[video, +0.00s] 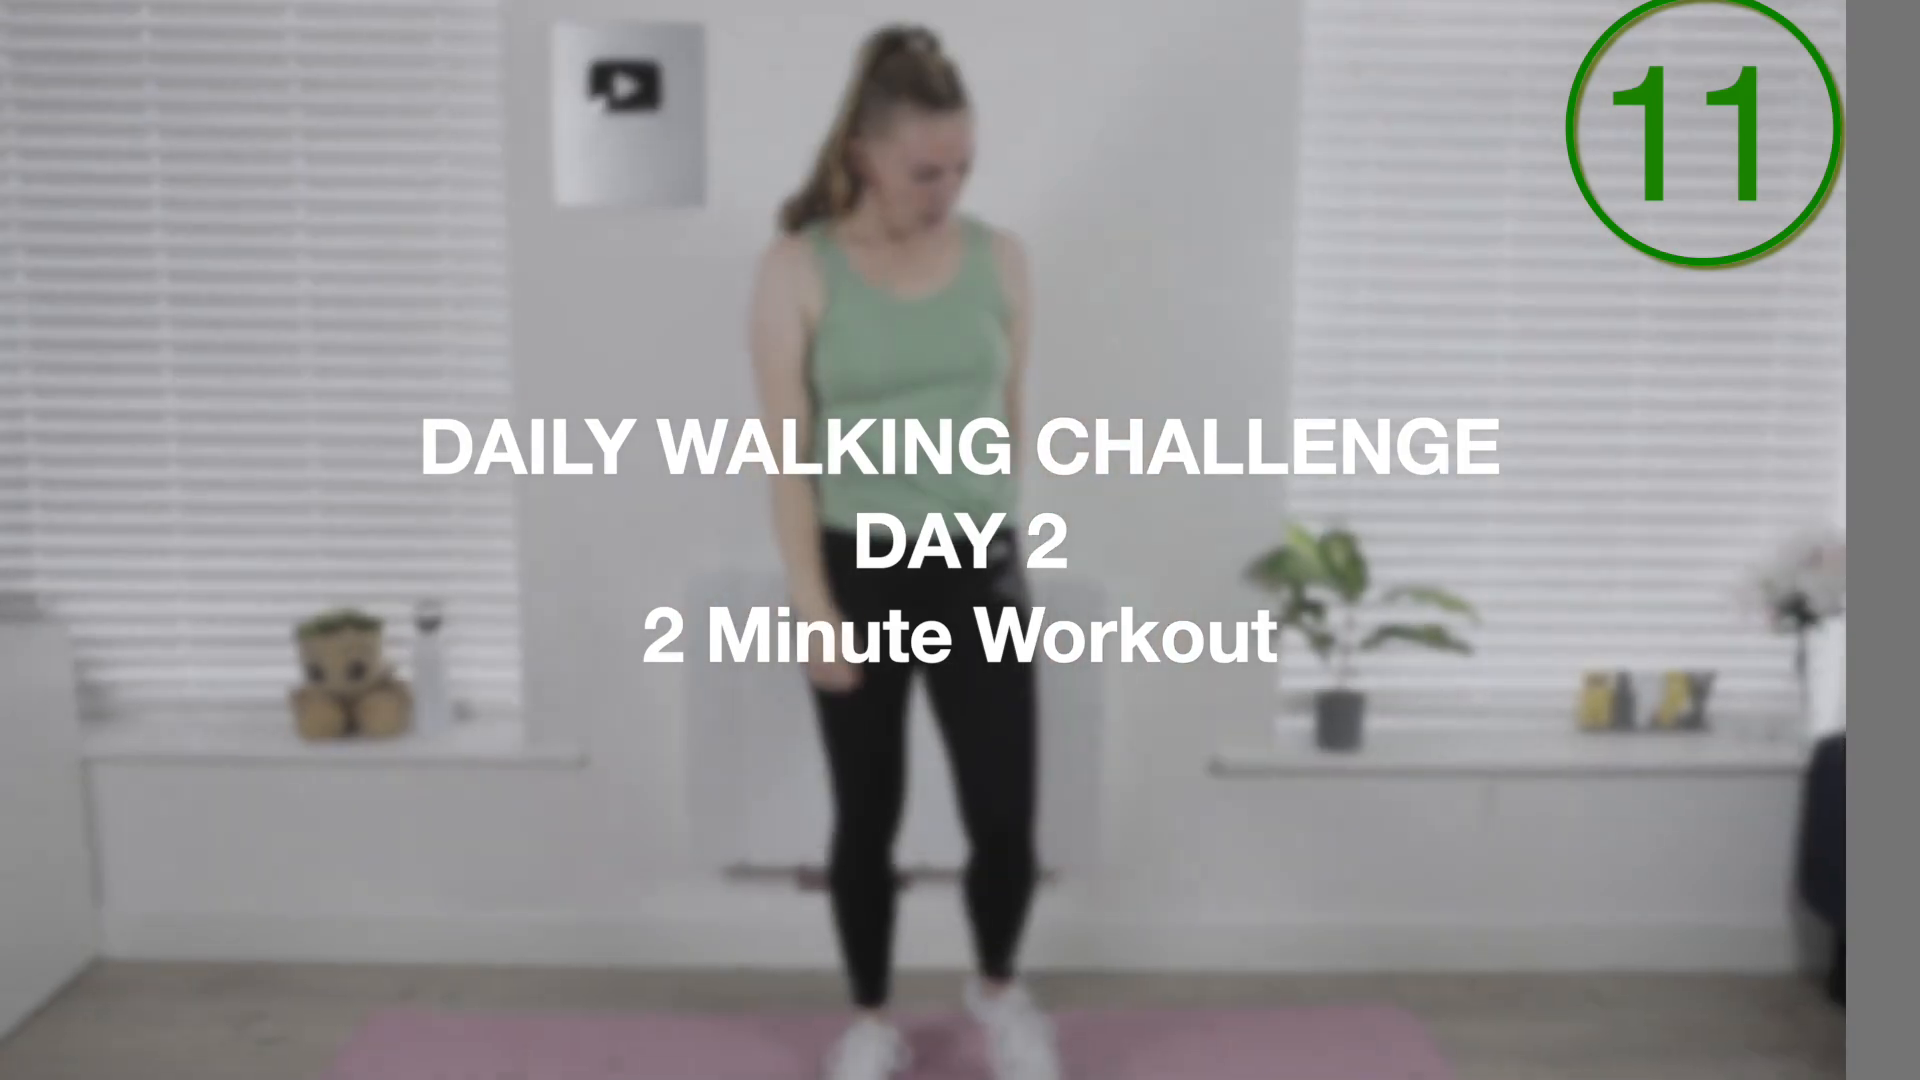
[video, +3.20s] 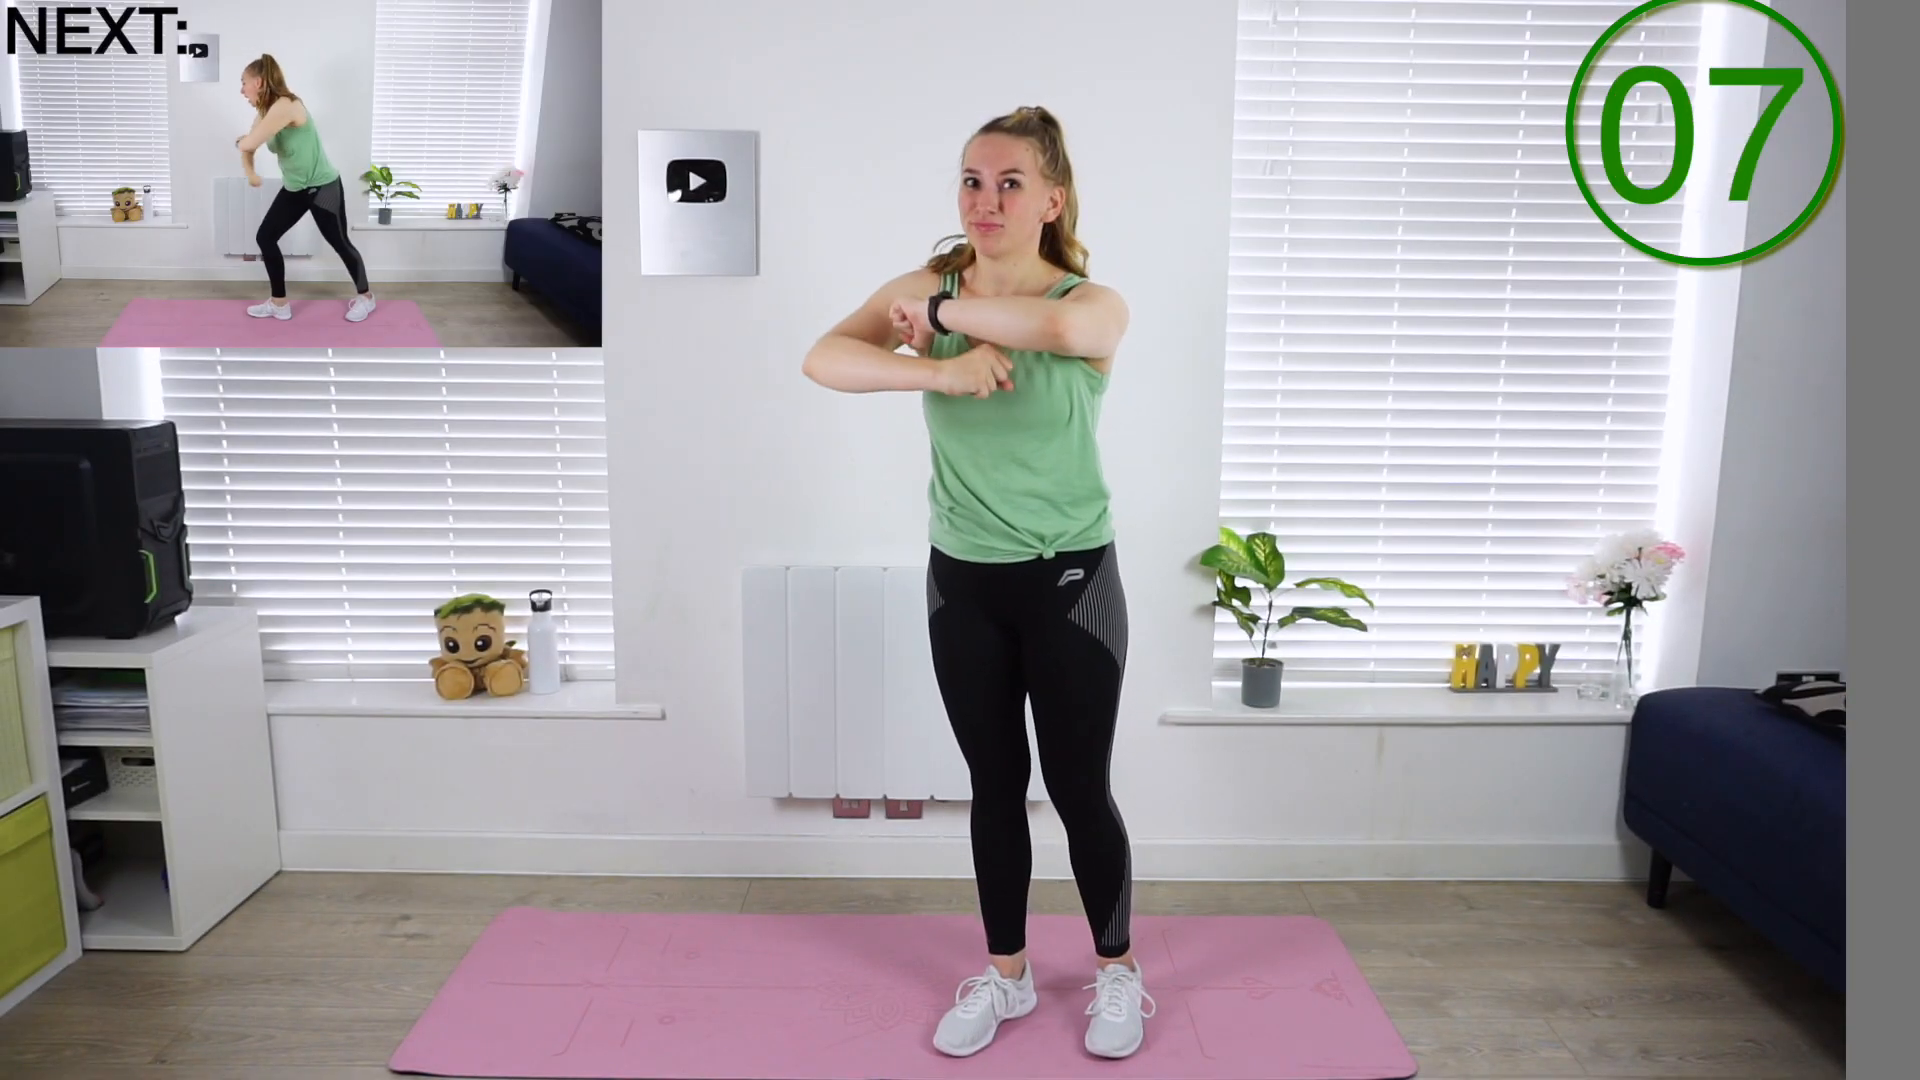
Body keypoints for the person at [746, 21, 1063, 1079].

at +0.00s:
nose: (947, 191)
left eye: (959, 170)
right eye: (926, 172)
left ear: (972, 150)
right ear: (860, 153)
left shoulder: (997, 260)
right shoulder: (799, 267)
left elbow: (1013, 427)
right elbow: (786, 454)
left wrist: (1013, 559)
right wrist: (814, 605)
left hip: (977, 563)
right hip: (854, 566)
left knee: (1004, 807)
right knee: (868, 807)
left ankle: (998, 988)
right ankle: (870, 1015)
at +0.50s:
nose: (1016, 191)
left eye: (1030, 170)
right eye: (991, 173)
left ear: (1048, 177)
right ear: (948, 188)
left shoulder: (1094, 307)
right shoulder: (907, 308)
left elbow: (1131, 455)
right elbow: (859, 454)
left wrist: (1136, 569)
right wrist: (844, 586)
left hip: (1057, 582)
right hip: (935, 578)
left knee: (1071, 802)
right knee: (915, 780)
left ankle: (1122, 998)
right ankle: (883, 947)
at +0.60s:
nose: (1034, 191)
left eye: (1052, 172)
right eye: (1012, 174)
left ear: (1075, 188)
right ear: (979, 192)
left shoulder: (1122, 311)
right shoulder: (938, 309)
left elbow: (1172, 455)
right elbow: (868, 443)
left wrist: (1137, 538)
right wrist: (915, 556)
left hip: (1078, 571)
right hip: (960, 564)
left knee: (1083, 792)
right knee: (929, 771)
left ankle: (1119, 981)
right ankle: (890, 932)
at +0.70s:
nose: (1052, 205)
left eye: (1071, 186)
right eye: (1033, 186)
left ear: (1097, 200)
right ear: (1004, 200)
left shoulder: (1140, 319)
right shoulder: (961, 307)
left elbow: (1207, 444)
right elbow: (869, 423)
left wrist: (1136, 498)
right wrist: (968, 456)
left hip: (1094, 578)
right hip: (982, 572)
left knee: (1091, 789)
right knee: (939, 773)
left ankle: (1118, 972)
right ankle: (911, 922)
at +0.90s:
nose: (1072, 203)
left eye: (1091, 185)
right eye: (1053, 184)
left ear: (1119, 201)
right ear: (1025, 195)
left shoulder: (1140, 308)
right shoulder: (989, 278)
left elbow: (1207, 390)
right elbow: (871, 322)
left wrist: (1083, 429)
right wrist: (1005, 319)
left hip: (1102, 578)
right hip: (994, 571)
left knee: (1093, 789)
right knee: (979, 784)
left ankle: (1117, 972)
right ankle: (999, 968)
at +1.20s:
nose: (1048, 189)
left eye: (1068, 175)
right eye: (1031, 173)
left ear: (1098, 198)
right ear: (1002, 190)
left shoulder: (1126, 288)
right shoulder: (973, 276)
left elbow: (1122, 347)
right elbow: (849, 298)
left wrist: (987, 355)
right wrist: (968, 282)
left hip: (1102, 577)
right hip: (993, 574)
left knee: (1100, 781)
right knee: (1000, 787)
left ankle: (1119, 971)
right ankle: (1007, 972)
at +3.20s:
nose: (986, 201)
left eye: (1010, 183)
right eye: (973, 182)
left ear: (1055, 199)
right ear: (958, 194)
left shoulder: (1092, 300)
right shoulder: (930, 286)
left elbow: (1075, 334)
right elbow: (824, 358)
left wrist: (940, 311)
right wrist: (936, 372)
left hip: (1072, 577)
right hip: (964, 577)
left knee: (1079, 788)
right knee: (995, 785)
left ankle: (1116, 970)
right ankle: (1006, 971)